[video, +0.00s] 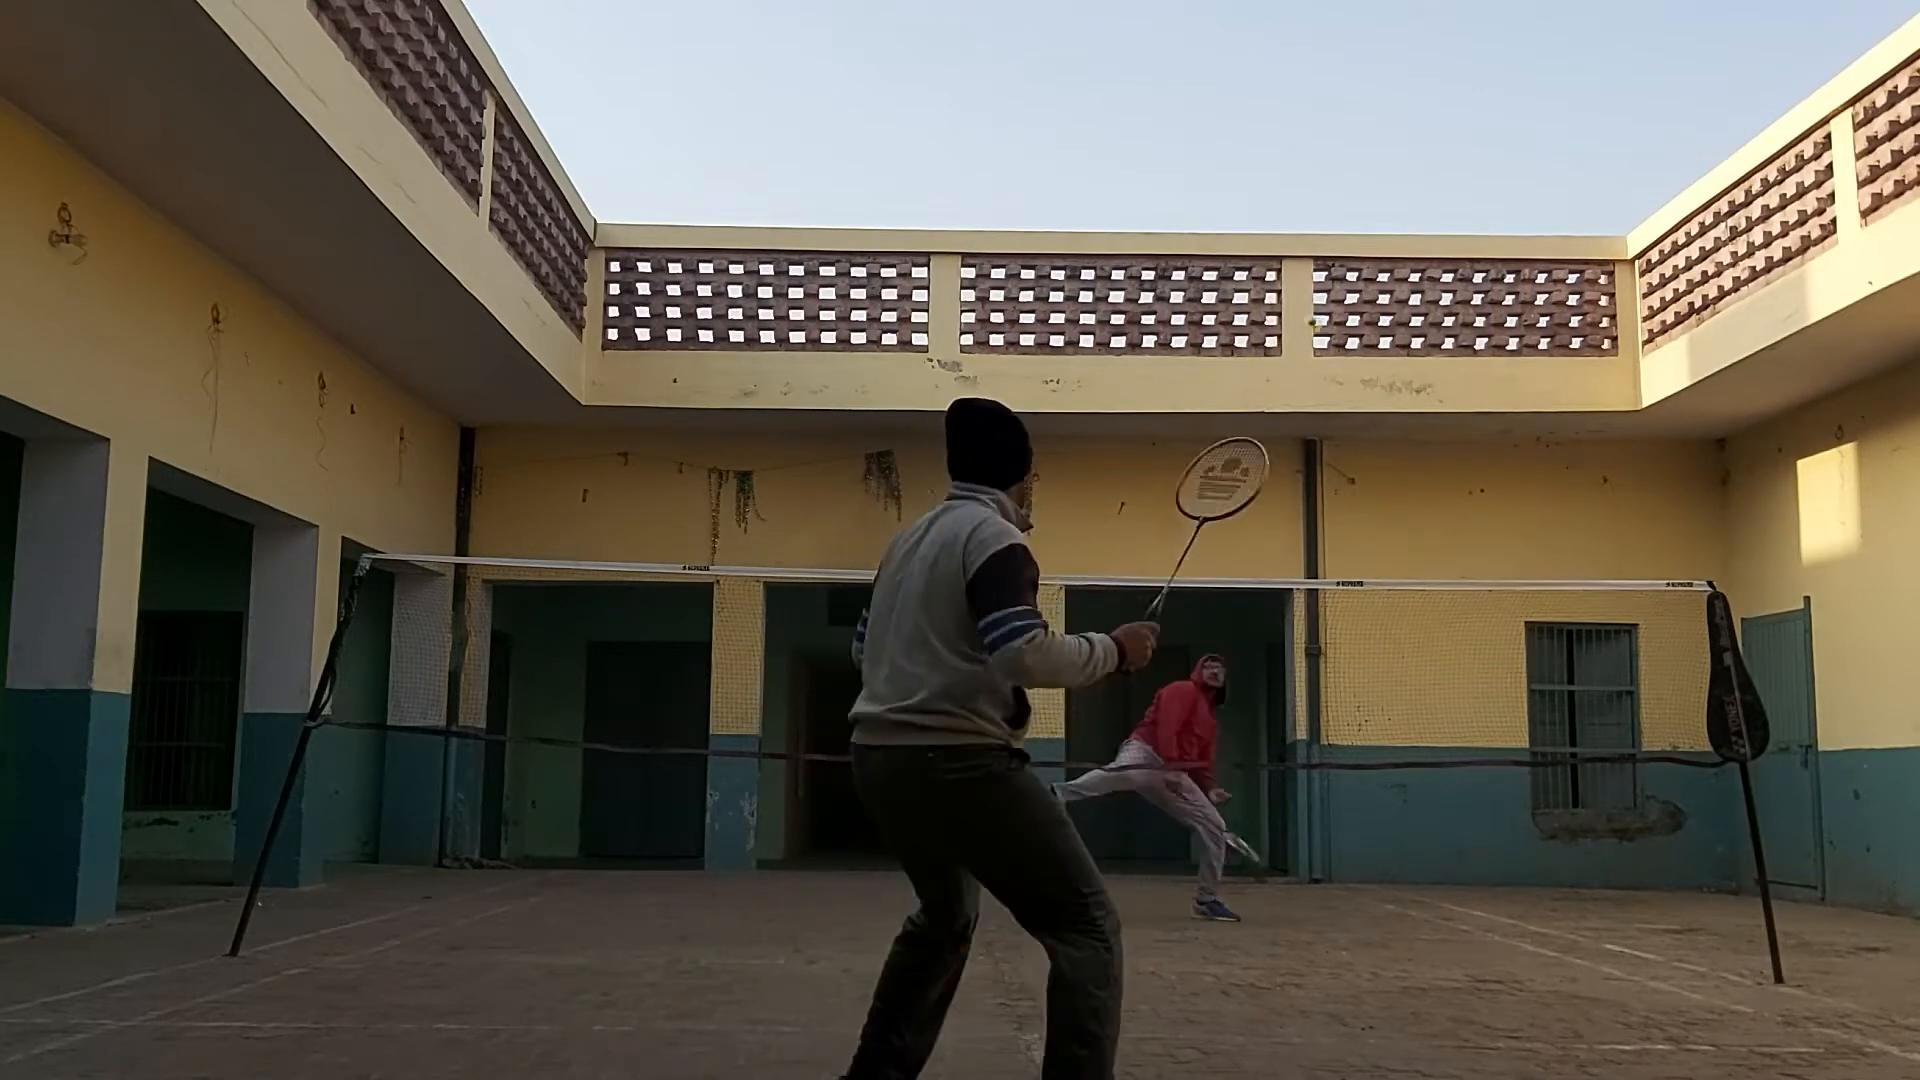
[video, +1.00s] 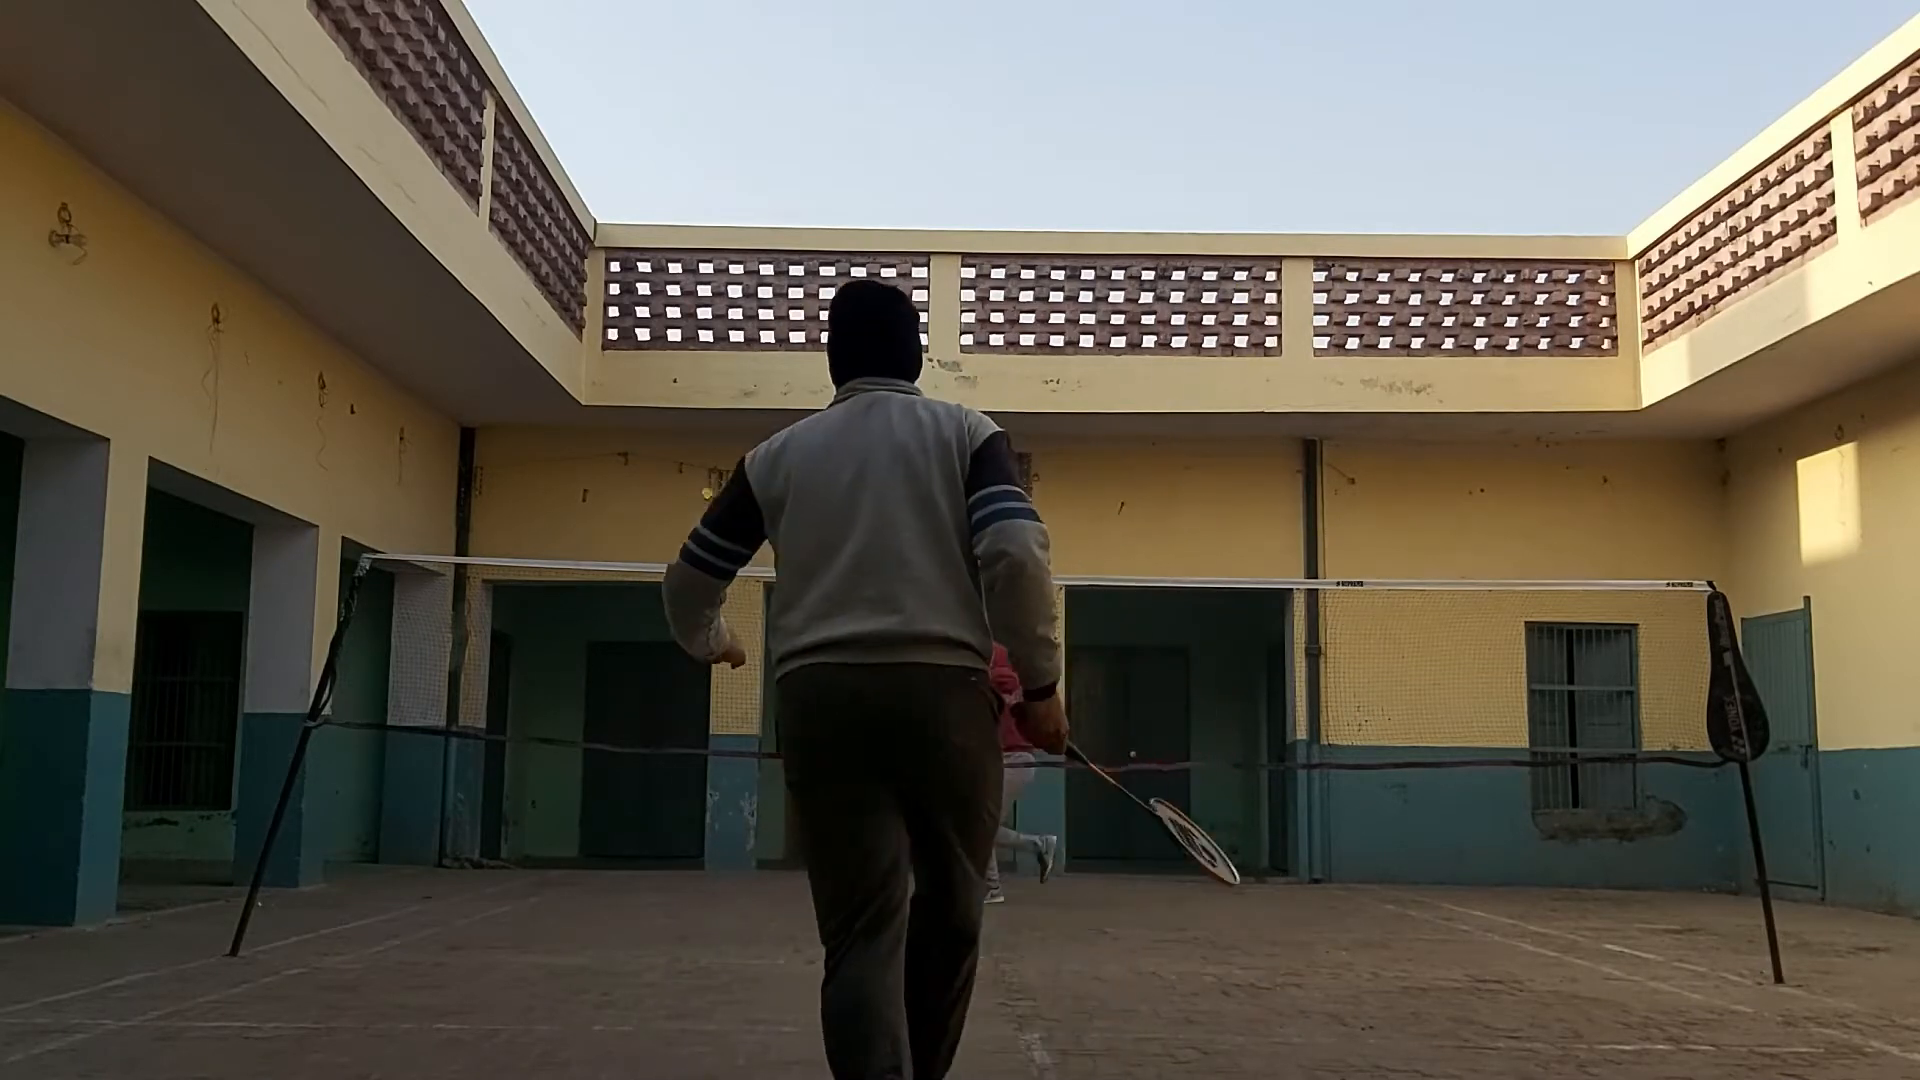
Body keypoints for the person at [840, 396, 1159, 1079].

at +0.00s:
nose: (1029, 492)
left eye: (1028, 479)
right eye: (1028, 479)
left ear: (959, 471)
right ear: (1016, 477)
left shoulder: (906, 541)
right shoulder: (994, 537)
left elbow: (869, 651)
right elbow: (1020, 653)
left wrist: (975, 677)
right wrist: (1112, 650)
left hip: (881, 761)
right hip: (966, 763)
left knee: (946, 913)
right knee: (1087, 925)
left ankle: (875, 1073)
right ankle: (1080, 1074)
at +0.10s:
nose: (1033, 480)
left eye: (1032, 463)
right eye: (1030, 464)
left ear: (960, 463)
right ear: (1012, 466)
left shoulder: (916, 535)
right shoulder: (984, 533)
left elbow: (876, 618)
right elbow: (1051, 628)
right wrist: (1155, 556)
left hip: (888, 760)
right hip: (975, 762)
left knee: (934, 910)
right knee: (1105, 923)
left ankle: (875, 1072)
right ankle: (1088, 1076)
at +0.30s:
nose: (982, 376)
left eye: (981, 369)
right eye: (980, 367)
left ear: (892, 368)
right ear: (969, 367)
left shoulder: (870, 463)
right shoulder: (991, 420)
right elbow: (1104, 459)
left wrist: (1029, 443)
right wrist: (1102, 427)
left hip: (940, 699)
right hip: (1042, 700)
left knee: (905, 880)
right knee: (1078, 907)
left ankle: (818, 1057)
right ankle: (1080, 1070)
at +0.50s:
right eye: (949, 357)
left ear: (870, 381)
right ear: (949, 366)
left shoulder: (848, 494)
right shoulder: (988, 453)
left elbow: (868, 595)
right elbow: (1090, 545)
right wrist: (1123, 510)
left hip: (914, 725)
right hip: (1029, 714)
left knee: (944, 931)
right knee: (1094, 922)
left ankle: (899, 1072)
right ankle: (1084, 1073)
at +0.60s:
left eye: (869, 380)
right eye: (943, 376)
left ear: (864, 394)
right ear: (947, 382)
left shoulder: (825, 509)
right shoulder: (990, 465)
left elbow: (825, 652)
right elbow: (1077, 584)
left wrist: (890, 699)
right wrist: (1157, 617)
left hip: (889, 739)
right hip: (1014, 727)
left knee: (917, 956)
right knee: (1085, 928)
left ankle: (896, 1078)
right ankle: (1091, 1073)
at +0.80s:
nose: (853, 348)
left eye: (851, 339)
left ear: (850, 352)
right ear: (934, 345)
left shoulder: (800, 454)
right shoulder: (988, 424)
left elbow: (734, 575)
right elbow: (1029, 537)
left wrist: (789, 677)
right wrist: (1048, 681)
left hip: (853, 700)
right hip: (978, 694)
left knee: (888, 928)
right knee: (1013, 924)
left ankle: (880, 1077)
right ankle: (1030, 1079)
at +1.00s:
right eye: (909, 341)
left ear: (833, 359)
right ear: (916, 354)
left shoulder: (778, 452)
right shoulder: (967, 431)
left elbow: (688, 586)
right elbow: (1015, 554)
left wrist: (712, 642)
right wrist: (1041, 687)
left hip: (819, 694)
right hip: (945, 692)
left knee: (858, 921)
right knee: (950, 908)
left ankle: (872, 1072)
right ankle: (918, 1067)